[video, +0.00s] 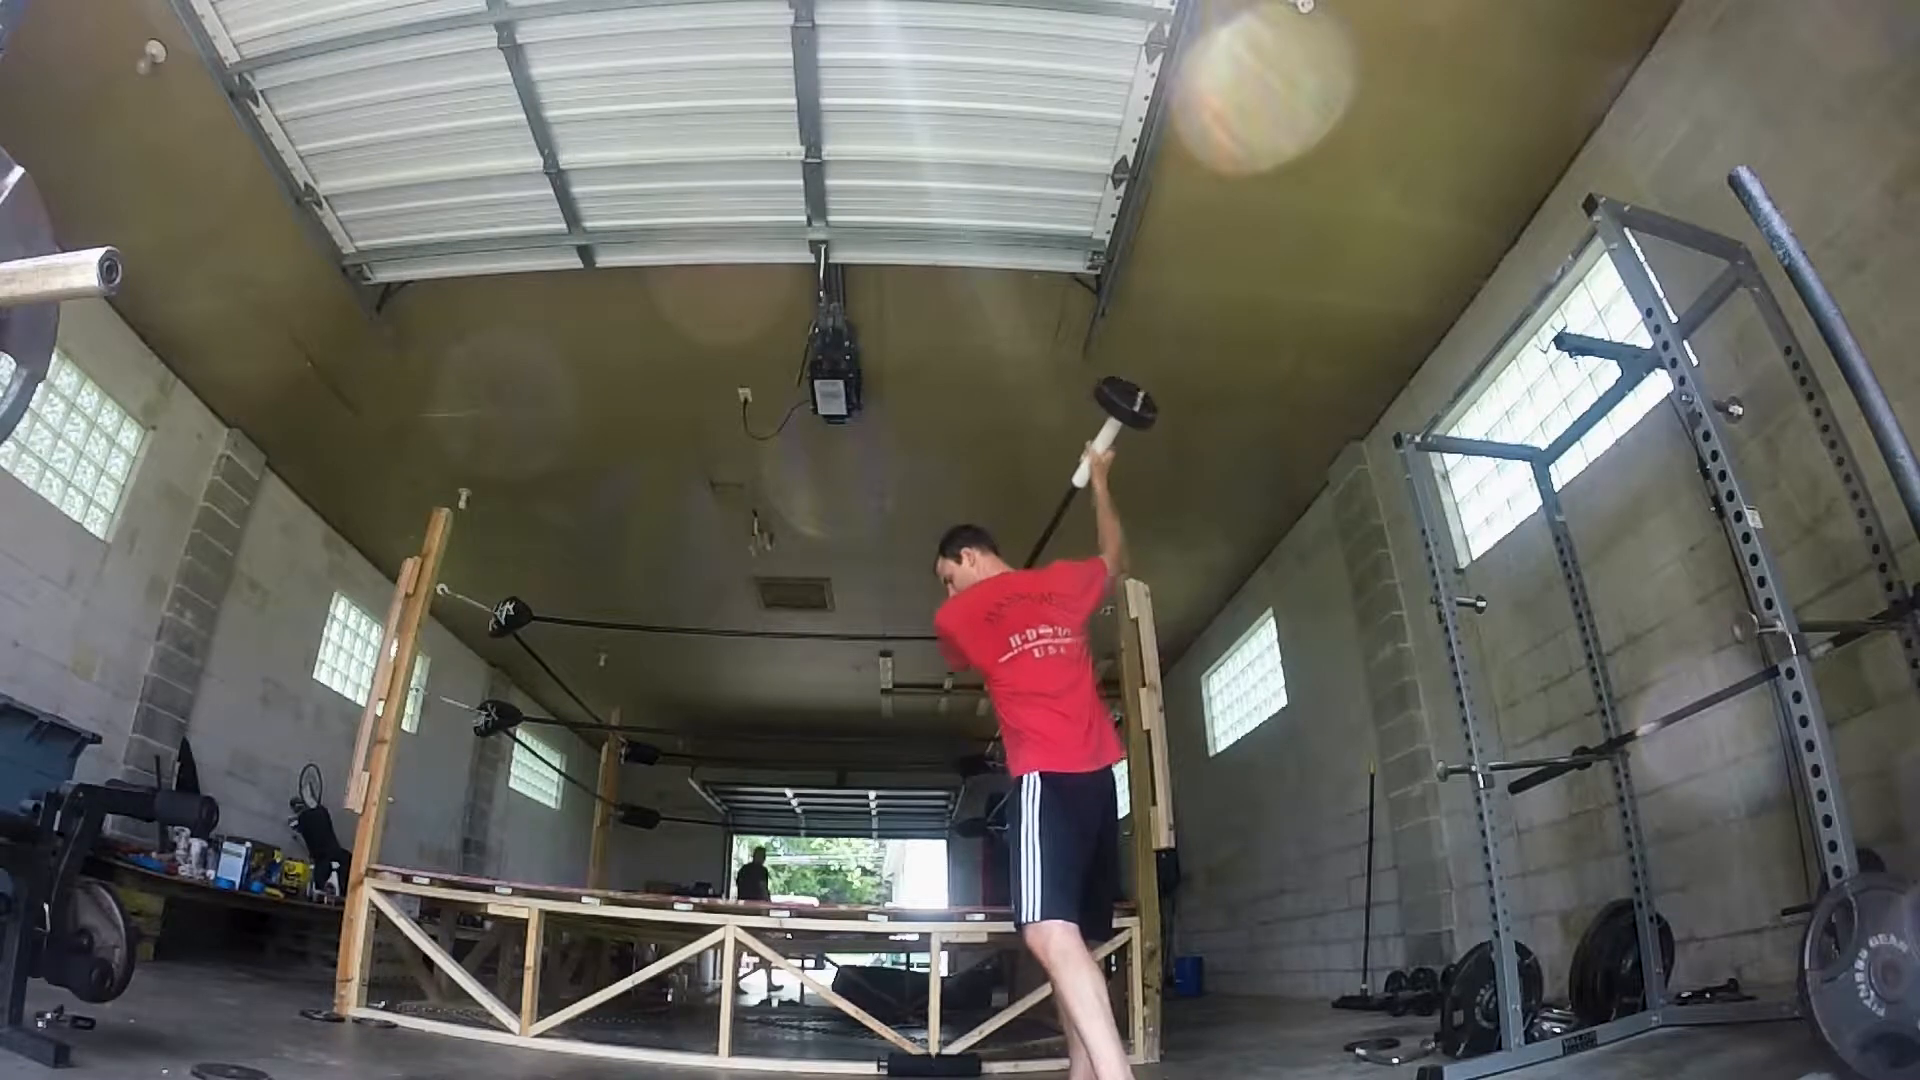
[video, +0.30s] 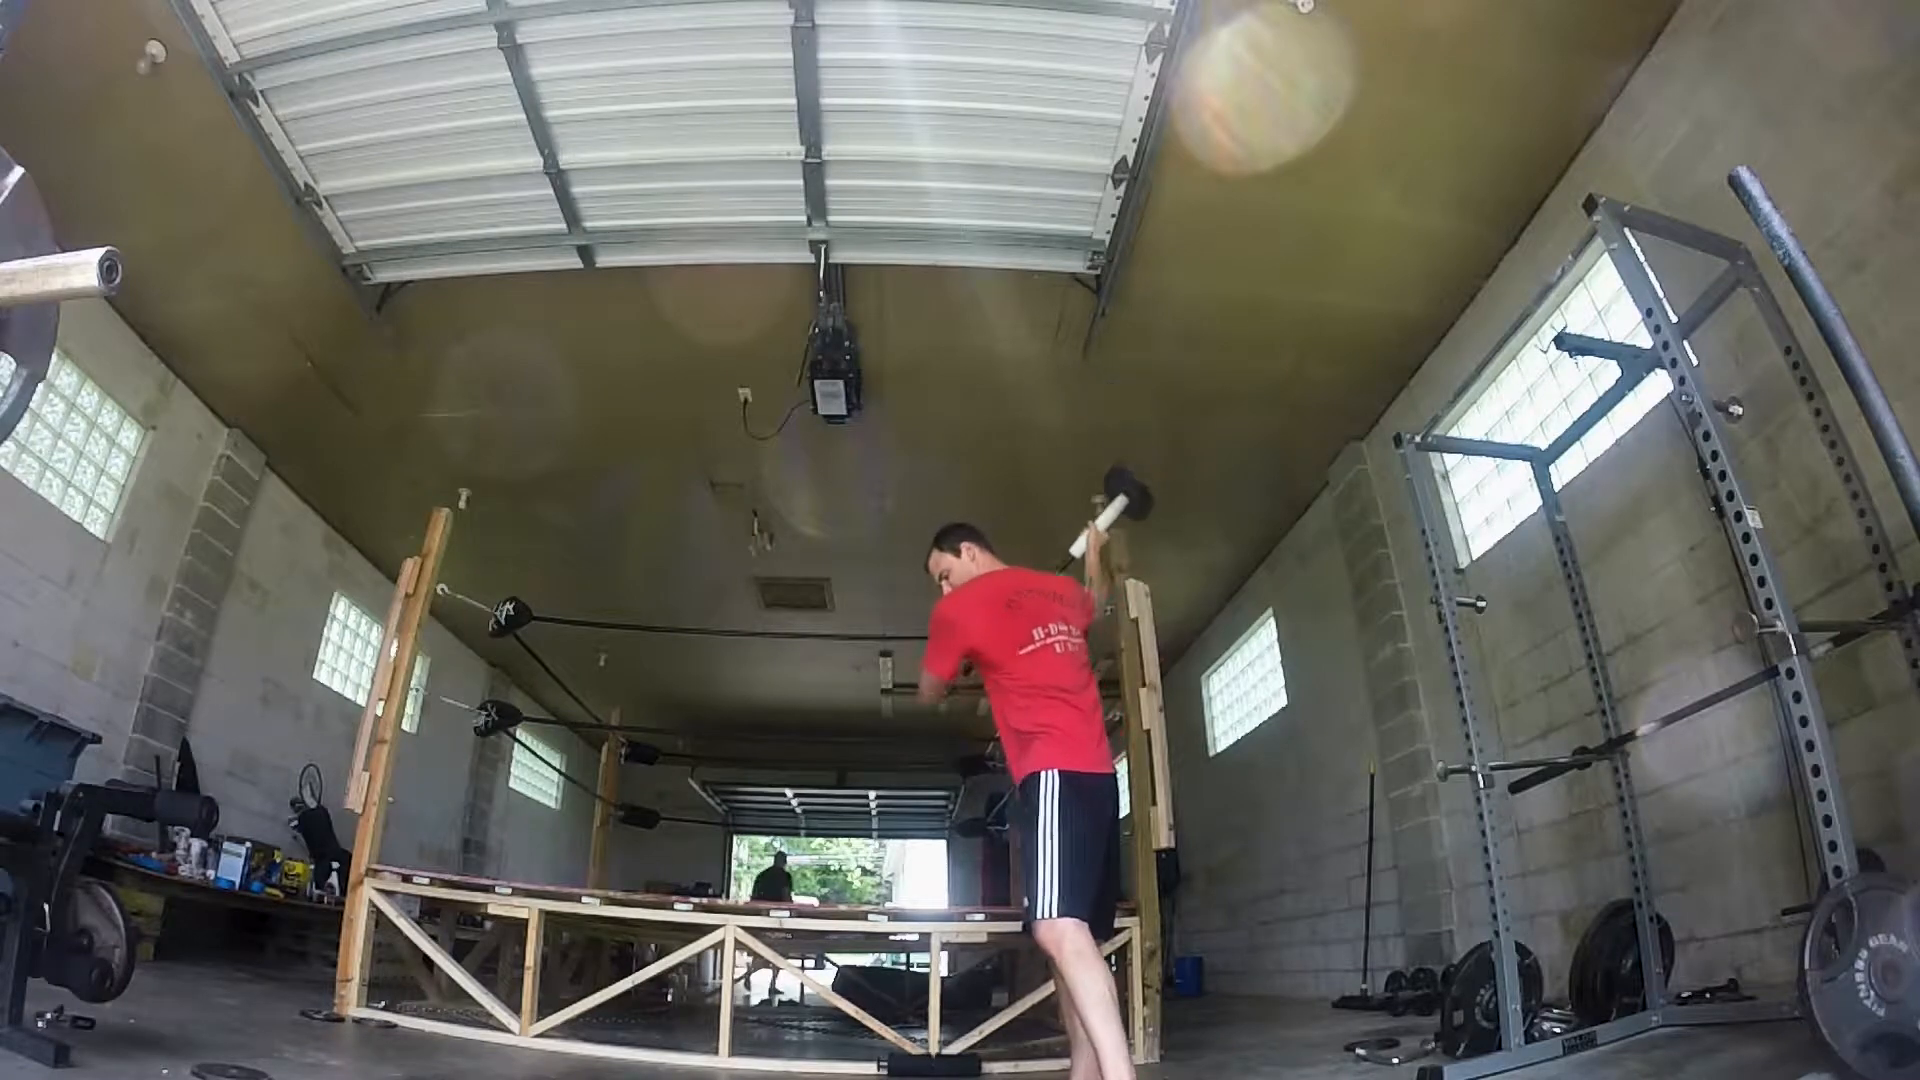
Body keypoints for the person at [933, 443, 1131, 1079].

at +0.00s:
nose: (951, 591)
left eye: (948, 578)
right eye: (947, 582)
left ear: (965, 559)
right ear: (995, 553)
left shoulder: (960, 614)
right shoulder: (1066, 581)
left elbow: (969, 665)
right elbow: (1112, 556)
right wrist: (1100, 481)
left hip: (1049, 778)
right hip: (1100, 773)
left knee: (1050, 934)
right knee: (1072, 936)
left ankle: (1117, 1075)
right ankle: (1083, 1072)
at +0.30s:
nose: (945, 588)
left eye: (943, 576)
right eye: (939, 580)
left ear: (967, 552)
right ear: (982, 549)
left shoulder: (963, 604)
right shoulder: (1061, 585)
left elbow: (930, 691)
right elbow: (1092, 606)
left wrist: (951, 623)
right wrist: (1093, 550)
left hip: (1051, 772)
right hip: (1096, 771)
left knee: (1057, 927)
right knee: (1072, 932)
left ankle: (1119, 1073)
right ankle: (1085, 1072)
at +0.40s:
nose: (945, 587)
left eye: (943, 573)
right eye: (938, 580)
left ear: (970, 548)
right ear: (982, 550)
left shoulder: (968, 600)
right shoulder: (1059, 584)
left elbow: (935, 704)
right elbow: (1090, 642)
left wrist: (961, 702)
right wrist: (1084, 596)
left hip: (1057, 769)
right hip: (1098, 768)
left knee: (1061, 927)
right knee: (1074, 932)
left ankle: (1122, 1074)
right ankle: (1085, 1073)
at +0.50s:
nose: (947, 588)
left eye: (945, 573)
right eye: (940, 581)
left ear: (972, 547)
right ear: (980, 551)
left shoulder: (981, 595)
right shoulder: (1052, 585)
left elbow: (954, 710)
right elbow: (1078, 675)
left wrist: (944, 740)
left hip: (1068, 768)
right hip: (1101, 765)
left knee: (1068, 931)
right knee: (1074, 934)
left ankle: (1124, 1074)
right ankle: (1086, 1073)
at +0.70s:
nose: (952, 588)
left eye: (951, 572)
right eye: (944, 581)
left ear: (980, 549)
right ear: (969, 564)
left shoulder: (1022, 583)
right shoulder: (1029, 591)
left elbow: (1027, 694)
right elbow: (1066, 701)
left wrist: (980, 770)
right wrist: (1022, 762)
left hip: (1103, 768)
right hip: (1087, 772)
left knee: (1081, 930)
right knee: (1068, 933)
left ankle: (1128, 1075)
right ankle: (1087, 1071)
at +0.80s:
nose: (956, 586)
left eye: (956, 570)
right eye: (947, 581)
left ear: (984, 548)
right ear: (959, 578)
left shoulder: (1040, 576)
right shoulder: (1016, 638)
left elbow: (1075, 668)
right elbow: (1036, 734)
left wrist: (1019, 758)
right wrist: (1005, 800)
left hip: (1118, 768)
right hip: (1081, 784)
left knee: (1092, 927)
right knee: (1066, 935)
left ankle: (1131, 1074)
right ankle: (1087, 1072)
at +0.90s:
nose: (958, 584)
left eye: (959, 567)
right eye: (950, 579)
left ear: (987, 545)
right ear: (958, 580)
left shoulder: (1057, 566)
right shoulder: (1007, 655)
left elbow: (1129, 629)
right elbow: (1014, 759)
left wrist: (1070, 724)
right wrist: (960, 843)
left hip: (1128, 766)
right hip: (1078, 788)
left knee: (1102, 924)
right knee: (1067, 939)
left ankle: (1136, 1074)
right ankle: (1087, 1072)